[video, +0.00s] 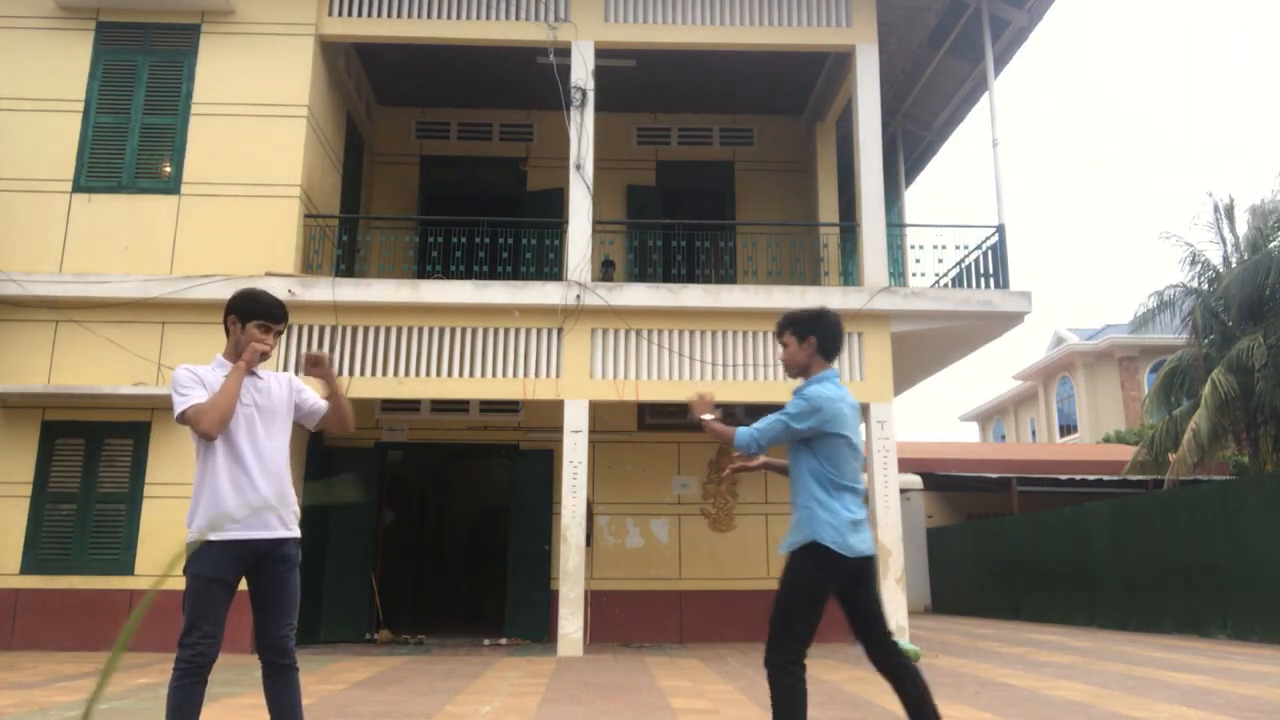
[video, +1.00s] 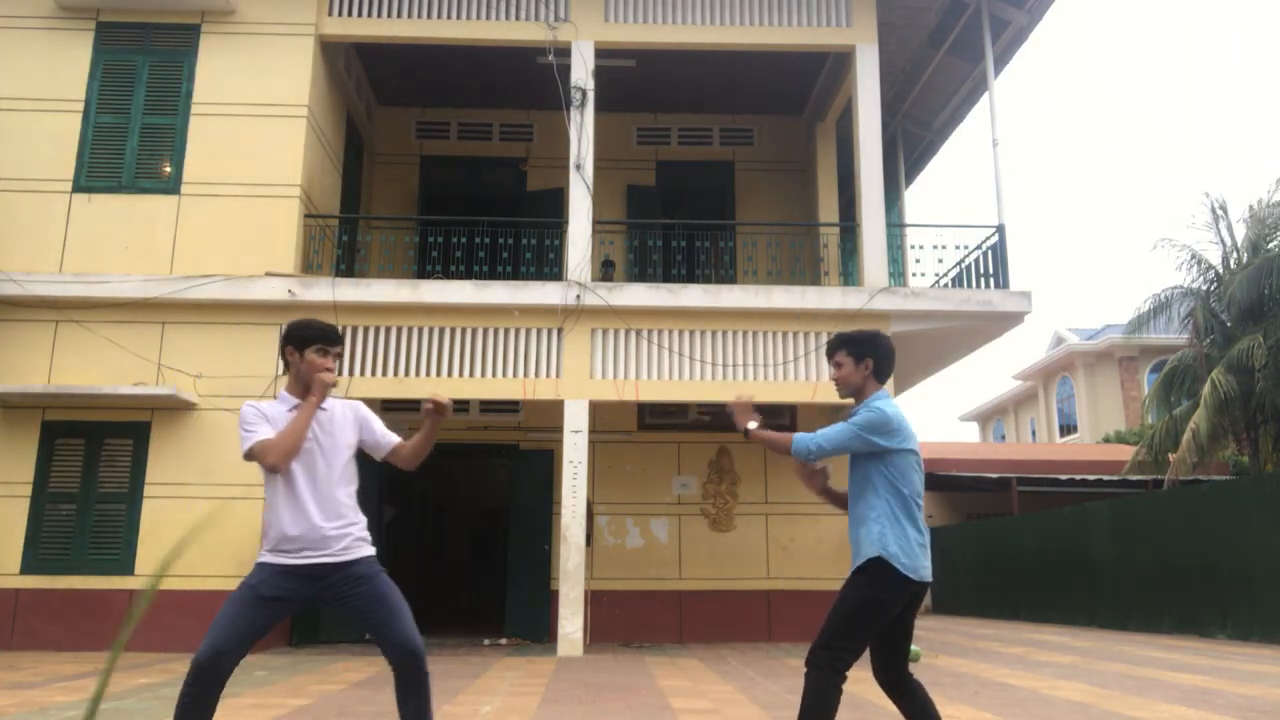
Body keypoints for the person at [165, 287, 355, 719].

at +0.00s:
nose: (268, 341)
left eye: (275, 334)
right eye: (261, 330)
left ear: (279, 338)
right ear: (232, 324)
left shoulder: (285, 385)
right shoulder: (192, 376)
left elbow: (341, 424)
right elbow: (208, 425)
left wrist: (330, 380)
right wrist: (241, 366)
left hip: (278, 537)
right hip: (217, 536)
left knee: (280, 653)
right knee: (197, 655)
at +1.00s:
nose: (331, 363)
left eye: (336, 356)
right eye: (322, 354)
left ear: (340, 361)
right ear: (292, 356)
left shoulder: (352, 412)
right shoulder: (257, 412)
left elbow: (406, 459)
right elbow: (274, 459)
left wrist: (431, 426)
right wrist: (313, 399)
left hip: (352, 564)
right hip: (281, 567)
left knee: (410, 652)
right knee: (209, 662)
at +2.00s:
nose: (338, 369)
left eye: (343, 361)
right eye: (329, 358)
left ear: (347, 367)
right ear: (299, 358)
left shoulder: (355, 420)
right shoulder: (261, 413)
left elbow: (400, 471)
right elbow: (277, 466)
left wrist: (452, 472)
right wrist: (322, 409)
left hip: (347, 566)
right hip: (276, 567)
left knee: (415, 648)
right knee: (199, 662)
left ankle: (422, 716)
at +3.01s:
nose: (335, 368)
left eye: (339, 359)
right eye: (325, 357)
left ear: (343, 363)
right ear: (293, 357)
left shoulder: (351, 416)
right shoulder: (257, 412)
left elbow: (397, 470)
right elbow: (275, 467)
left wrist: (449, 472)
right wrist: (319, 408)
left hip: (347, 569)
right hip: (275, 570)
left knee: (413, 649)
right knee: (199, 662)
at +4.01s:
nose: (337, 364)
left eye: (340, 356)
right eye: (327, 354)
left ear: (344, 361)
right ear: (295, 356)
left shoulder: (352, 416)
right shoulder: (258, 411)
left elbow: (396, 471)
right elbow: (277, 467)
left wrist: (448, 475)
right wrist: (323, 409)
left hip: (348, 566)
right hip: (276, 568)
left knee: (414, 650)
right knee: (203, 660)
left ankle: (423, 717)